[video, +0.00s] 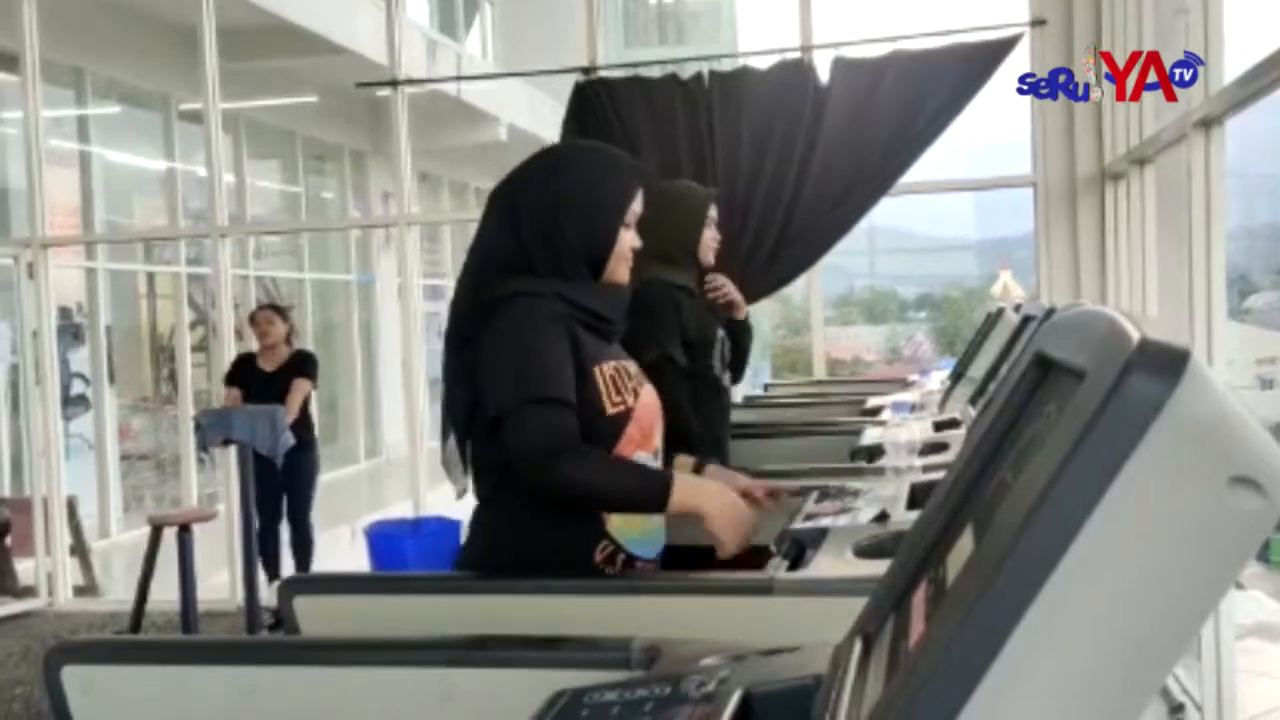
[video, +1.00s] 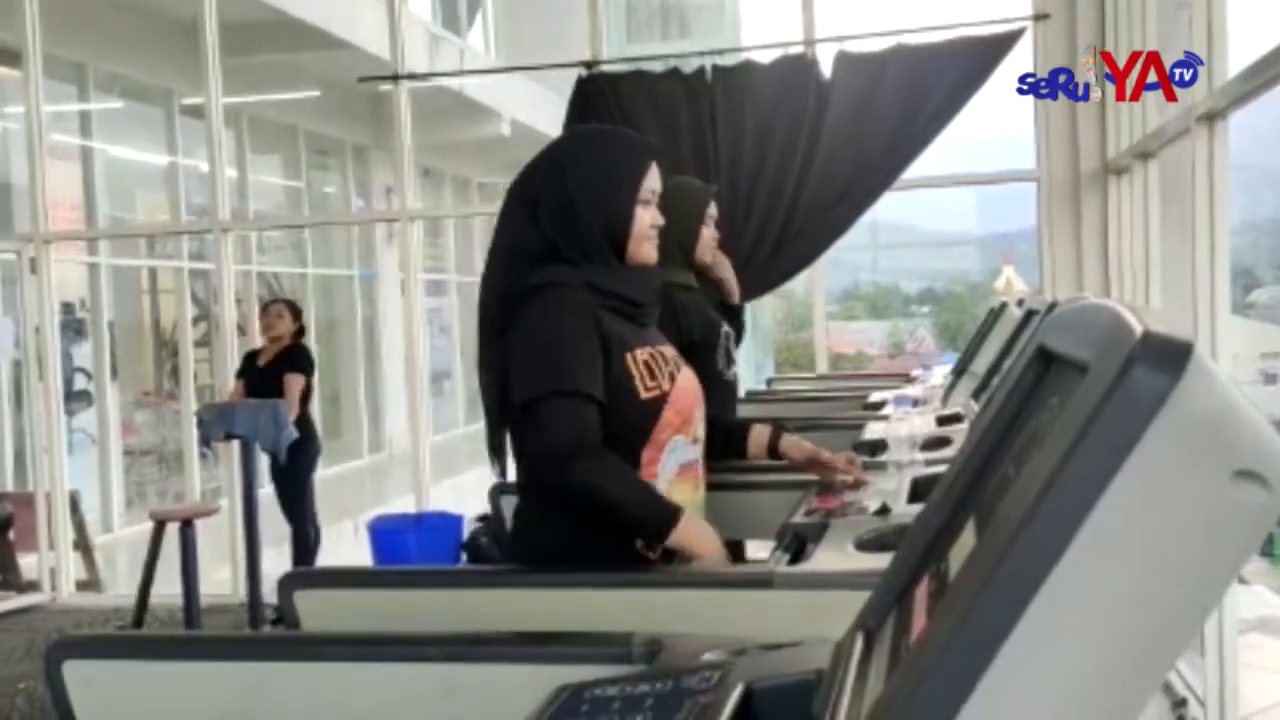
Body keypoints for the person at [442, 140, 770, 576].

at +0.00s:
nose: (637, 243)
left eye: (635, 226)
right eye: (626, 225)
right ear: (579, 221)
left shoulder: (574, 321)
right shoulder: (528, 322)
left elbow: (588, 452)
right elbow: (547, 463)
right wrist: (692, 495)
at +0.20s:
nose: (642, 219)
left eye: (642, 203)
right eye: (630, 202)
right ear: (580, 196)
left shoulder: (607, 294)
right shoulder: (516, 293)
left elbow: (648, 415)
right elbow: (477, 437)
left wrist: (773, 449)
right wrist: (581, 535)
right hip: (526, 580)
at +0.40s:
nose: (649, 239)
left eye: (647, 223)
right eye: (637, 222)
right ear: (587, 223)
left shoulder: (616, 318)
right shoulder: (515, 325)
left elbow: (659, 428)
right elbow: (435, 461)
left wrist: (773, 451)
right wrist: (504, 578)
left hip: (635, 585)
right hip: (557, 600)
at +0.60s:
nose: (645, 216)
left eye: (644, 201)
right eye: (631, 199)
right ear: (582, 198)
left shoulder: (612, 300)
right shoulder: (526, 308)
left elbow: (661, 424)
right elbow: (494, 456)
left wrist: (773, 451)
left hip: (629, 571)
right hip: (552, 586)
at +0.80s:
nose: (648, 213)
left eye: (645, 197)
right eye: (634, 196)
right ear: (585, 196)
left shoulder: (604, 297)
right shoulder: (541, 297)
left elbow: (654, 416)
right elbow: (570, 433)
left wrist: (770, 446)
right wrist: (712, 489)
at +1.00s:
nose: (659, 219)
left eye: (656, 203)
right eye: (646, 202)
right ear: (598, 203)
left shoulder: (622, 307)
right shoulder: (561, 310)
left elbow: (667, 432)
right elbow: (566, 460)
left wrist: (776, 444)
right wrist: (678, 526)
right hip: (589, 582)